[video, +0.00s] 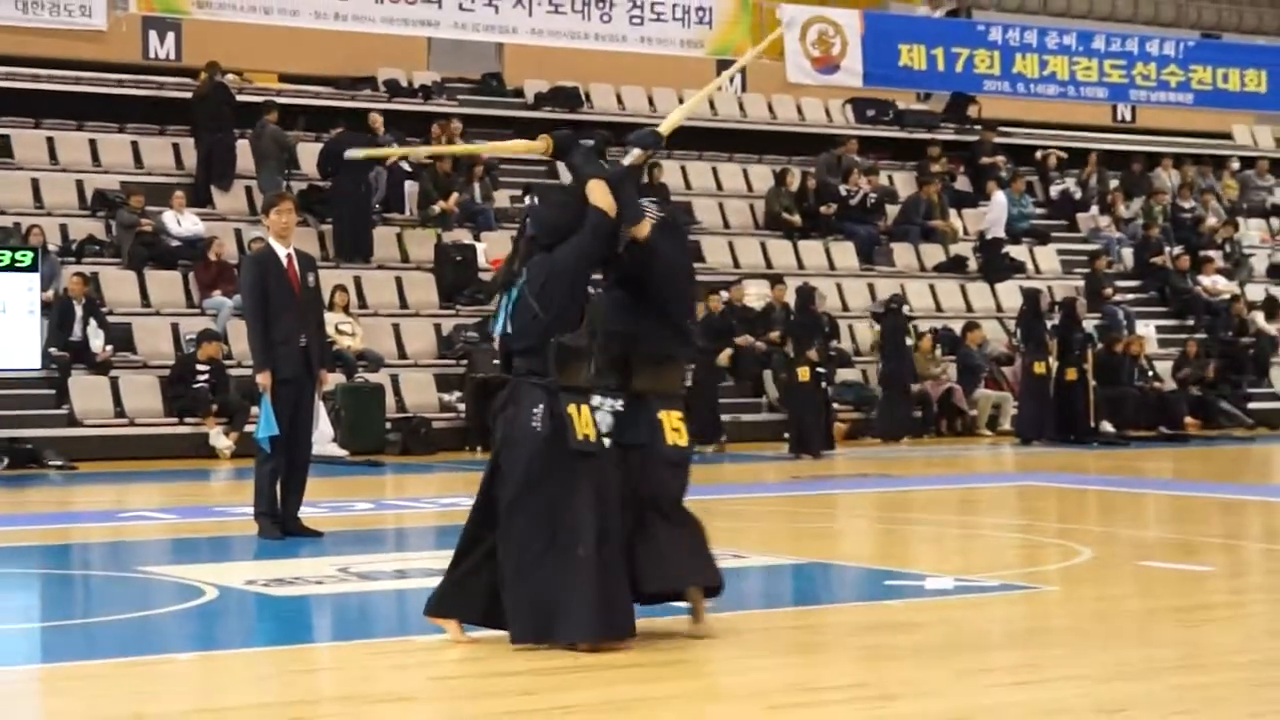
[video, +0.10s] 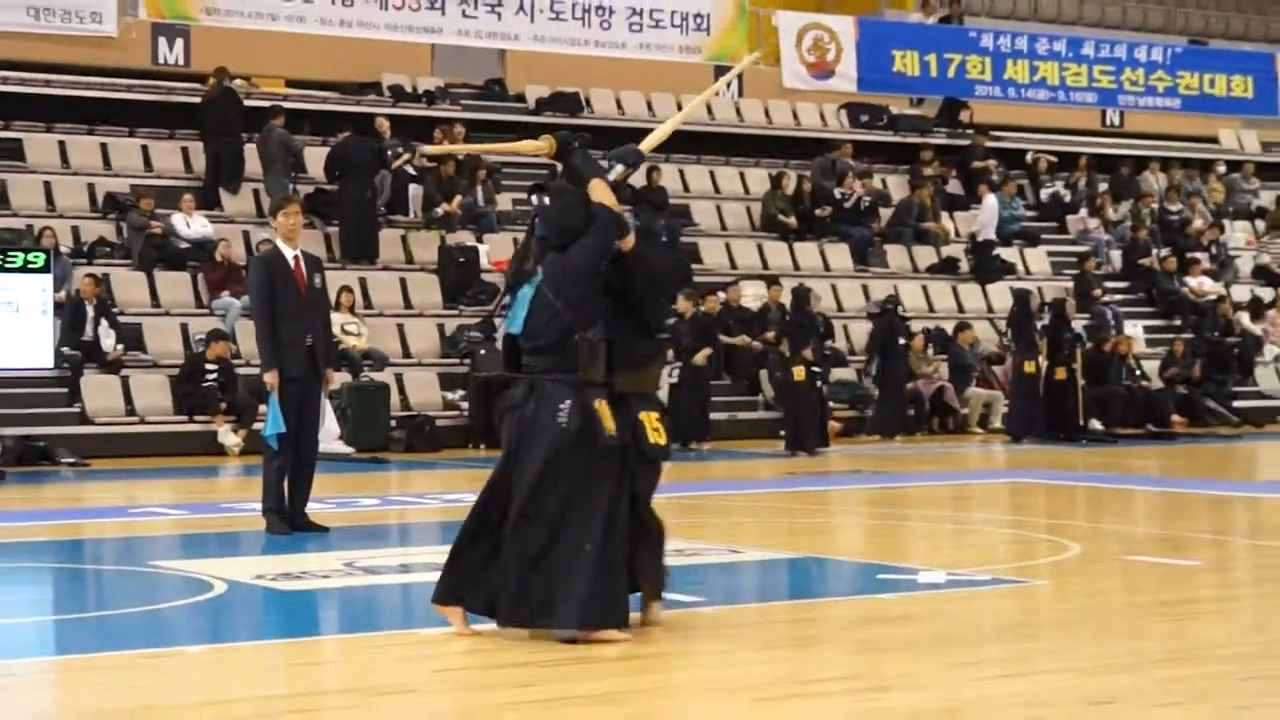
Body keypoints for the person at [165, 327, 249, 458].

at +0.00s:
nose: (220, 349)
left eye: (220, 345)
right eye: (217, 345)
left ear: (206, 345)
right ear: (205, 345)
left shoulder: (218, 365)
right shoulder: (184, 361)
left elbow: (223, 391)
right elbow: (172, 388)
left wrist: (216, 404)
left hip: (210, 403)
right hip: (184, 404)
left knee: (242, 406)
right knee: (202, 392)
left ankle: (228, 444)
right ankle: (214, 433)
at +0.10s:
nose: (228, 348)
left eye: (228, 344)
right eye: (225, 344)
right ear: (213, 344)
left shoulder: (226, 364)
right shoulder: (193, 360)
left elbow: (231, 388)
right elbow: (181, 385)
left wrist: (225, 402)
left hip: (219, 401)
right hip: (193, 403)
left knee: (250, 404)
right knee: (211, 391)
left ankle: (237, 441)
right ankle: (223, 430)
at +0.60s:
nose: (249, 350)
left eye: (249, 346)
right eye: (246, 346)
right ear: (235, 346)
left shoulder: (249, 366)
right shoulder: (218, 362)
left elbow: (254, 389)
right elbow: (206, 383)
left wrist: (247, 400)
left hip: (242, 399)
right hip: (217, 401)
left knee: (266, 401)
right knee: (234, 392)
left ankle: (261, 434)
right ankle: (246, 428)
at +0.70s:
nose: (249, 351)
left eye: (249, 347)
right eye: (246, 347)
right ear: (235, 347)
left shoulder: (249, 366)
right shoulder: (218, 363)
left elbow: (254, 389)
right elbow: (207, 384)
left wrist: (247, 401)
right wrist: (227, 394)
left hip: (242, 401)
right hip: (217, 402)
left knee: (260, 400)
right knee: (235, 392)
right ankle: (246, 427)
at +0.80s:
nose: (251, 350)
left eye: (252, 347)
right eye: (248, 347)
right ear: (236, 347)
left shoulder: (250, 366)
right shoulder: (219, 363)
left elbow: (252, 389)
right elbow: (208, 385)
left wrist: (249, 401)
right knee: (236, 394)